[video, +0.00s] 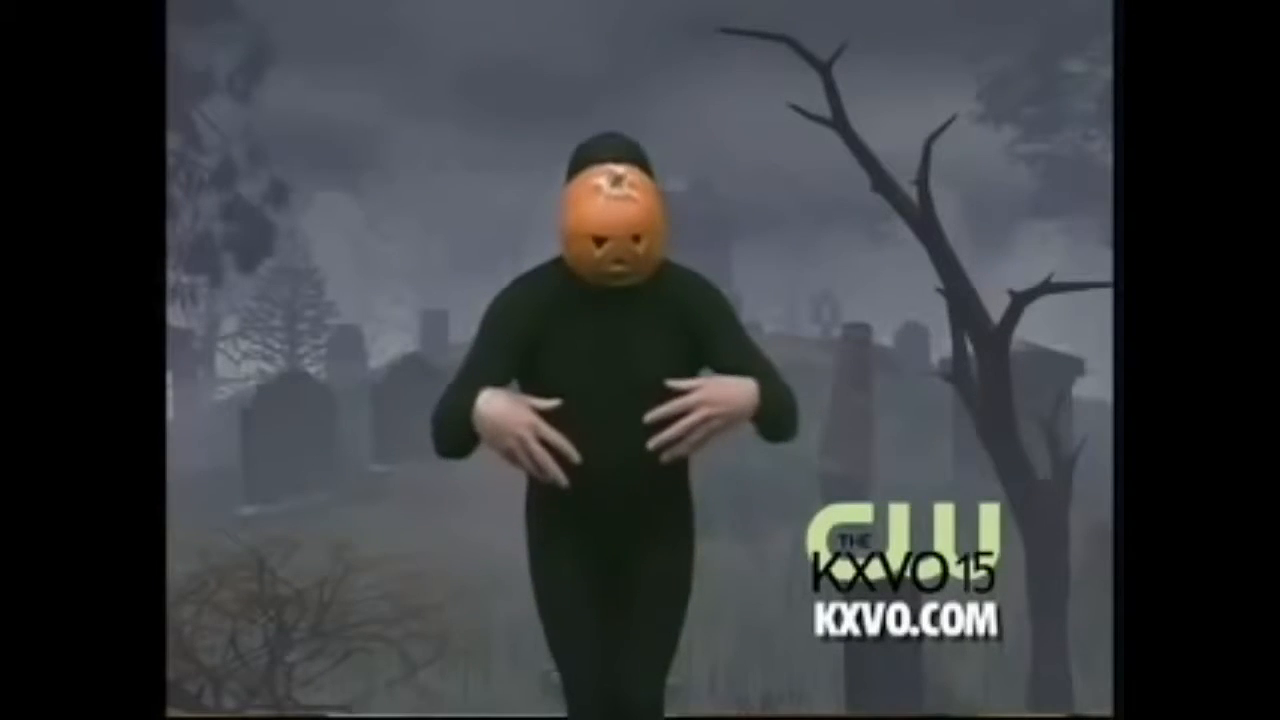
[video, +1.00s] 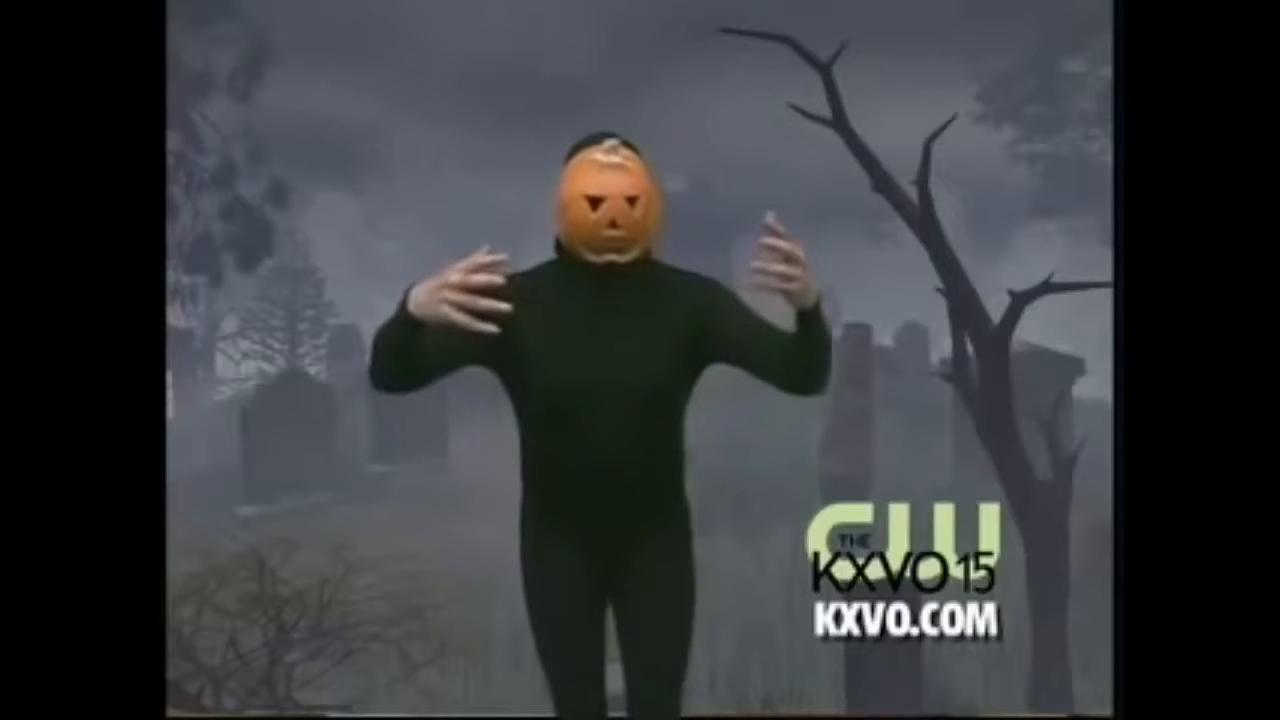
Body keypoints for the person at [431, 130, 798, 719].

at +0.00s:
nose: (614, 191)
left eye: (630, 181)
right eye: (597, 181)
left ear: (658, 203)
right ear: (567, 203)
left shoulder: (691, 299)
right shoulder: (527, 302)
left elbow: (783, 418)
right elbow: (446, 434)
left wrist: (752, 395)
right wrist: (480, 407)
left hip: (658, 528)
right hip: (564, 530)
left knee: (639, 697)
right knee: (590, 697)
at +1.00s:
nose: (614, 216)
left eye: (631, 201)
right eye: (594, 201)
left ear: (655, 211)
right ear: (562, 211)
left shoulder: (691, 302)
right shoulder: (513, 303)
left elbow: (804, 376)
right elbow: (392, 375)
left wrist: (808, 312)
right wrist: (411, 313)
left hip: (655, 542)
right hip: (557, 544)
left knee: (657, 706)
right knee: (577, 705)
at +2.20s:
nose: (618, 198)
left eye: (634, 186)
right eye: (596, 185)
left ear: (659, 211)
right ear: (559, 211)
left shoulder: (700, 294)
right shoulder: (504, 299)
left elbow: (823, 290)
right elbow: (374, 314)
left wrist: (866, 206)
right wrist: (331, 230)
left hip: (663, 554)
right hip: (554, 560)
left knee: (707, 707)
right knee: (566, 710)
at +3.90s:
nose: (614, 187)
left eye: (630, 177)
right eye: (594, 176)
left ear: (656, 197)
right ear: (561, 200)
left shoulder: (696, 272)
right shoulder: (508, 272)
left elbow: (808, 218)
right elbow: (383, 213)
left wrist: (853, 125)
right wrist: (324, 111)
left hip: (666, 558)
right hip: (553, 563)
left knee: (724, 709)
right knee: (546, 710)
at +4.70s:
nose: (619, 191)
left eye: (635, 181)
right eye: (599, 181)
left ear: (661, 203)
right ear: (564, 205)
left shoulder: (689, 268)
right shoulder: (519, 268)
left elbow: (778, 169)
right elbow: (427, 167)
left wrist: (795, 42)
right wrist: (407, 29)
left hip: (667, 561)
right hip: (554, 565)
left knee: (727, 711)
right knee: (546, 711)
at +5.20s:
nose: (625, 210)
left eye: (642, 199)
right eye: (602, 197)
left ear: (666, 224)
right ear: (570, 224)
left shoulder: (689, 288)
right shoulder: (530, 288)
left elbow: (767, 182)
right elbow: (456, 191)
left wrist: (715, 61)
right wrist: (513, 57)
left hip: (665, 565)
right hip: (554, 568)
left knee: (727, 711)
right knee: (545, 711)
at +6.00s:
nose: (629, 232)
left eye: (644, 219)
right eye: (608, 220)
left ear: (667, 238)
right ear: (573, 241)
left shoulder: (699, 310)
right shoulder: (522, 314)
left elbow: (813, 248)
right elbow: (407, 263)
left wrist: (779, 155)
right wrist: (456, 154)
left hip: (665, 573)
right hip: (557, 578)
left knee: (722, 709)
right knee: (551, 711)